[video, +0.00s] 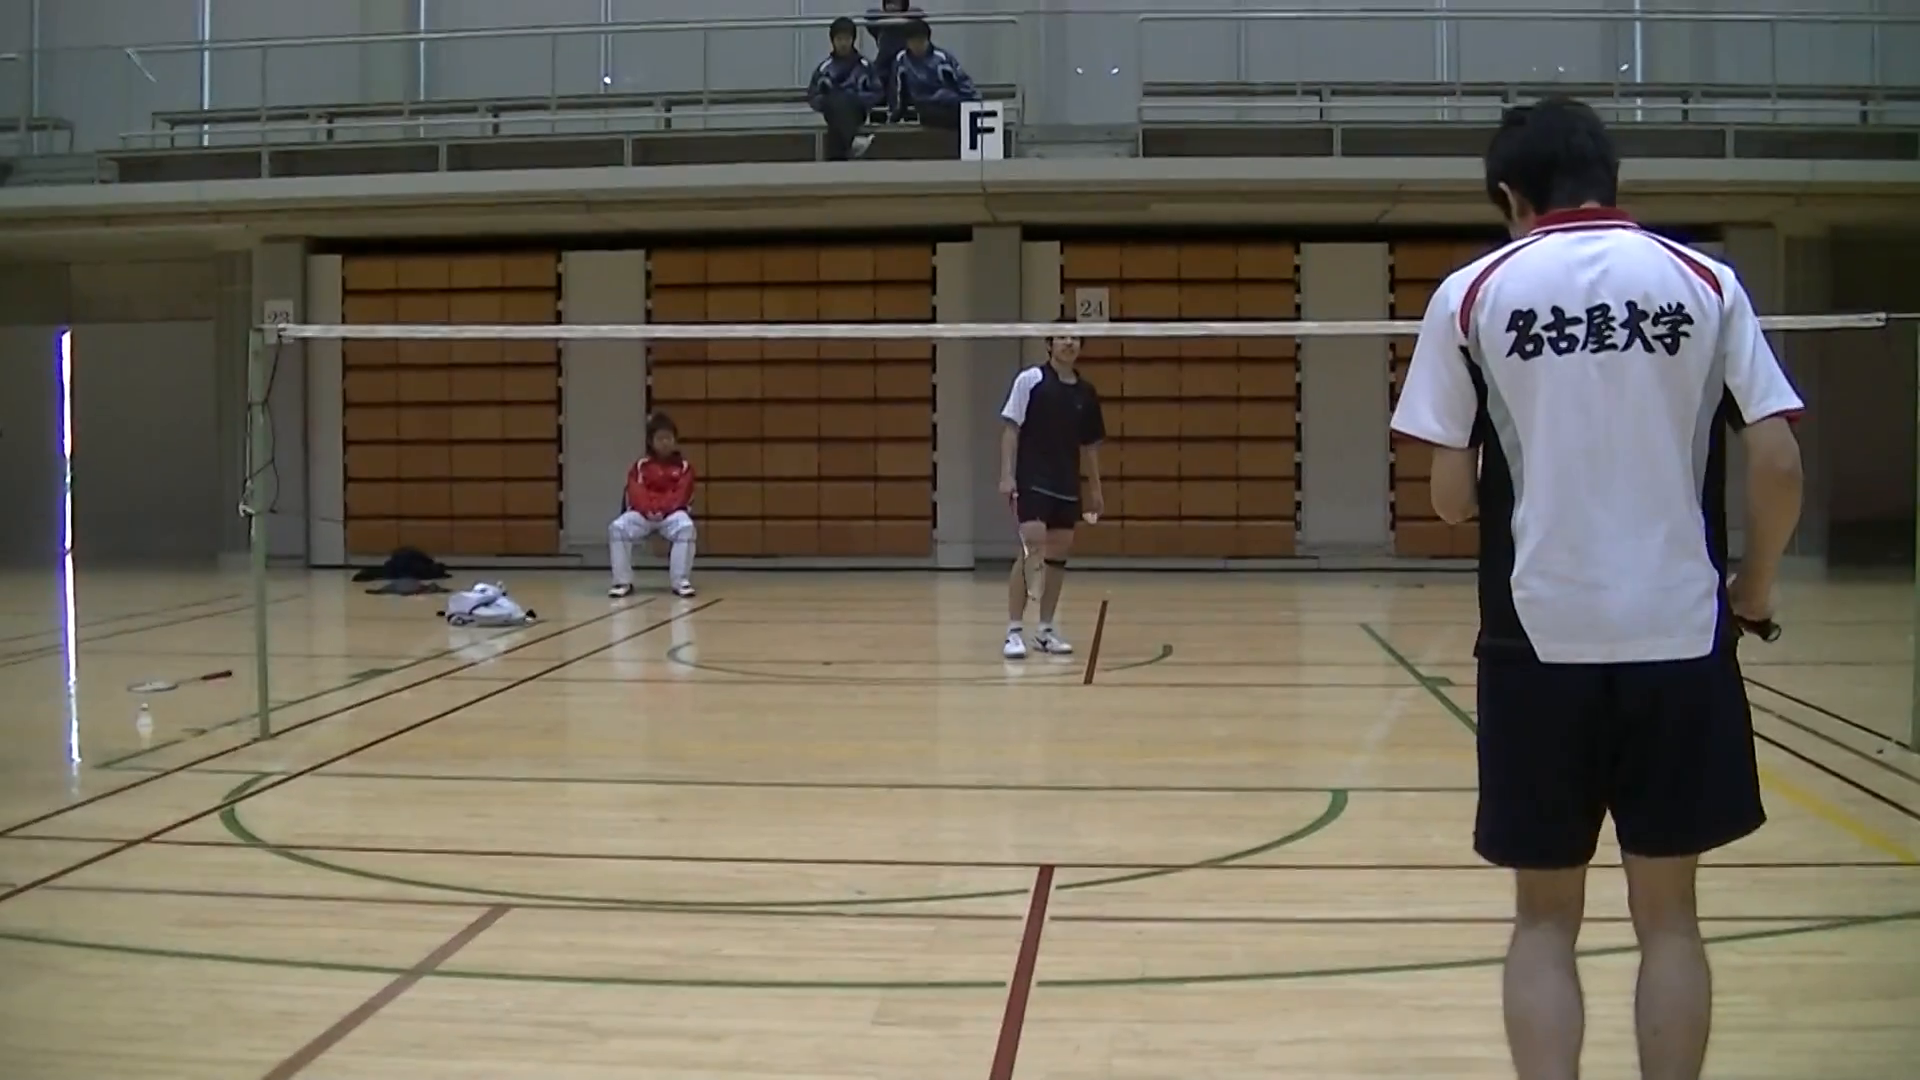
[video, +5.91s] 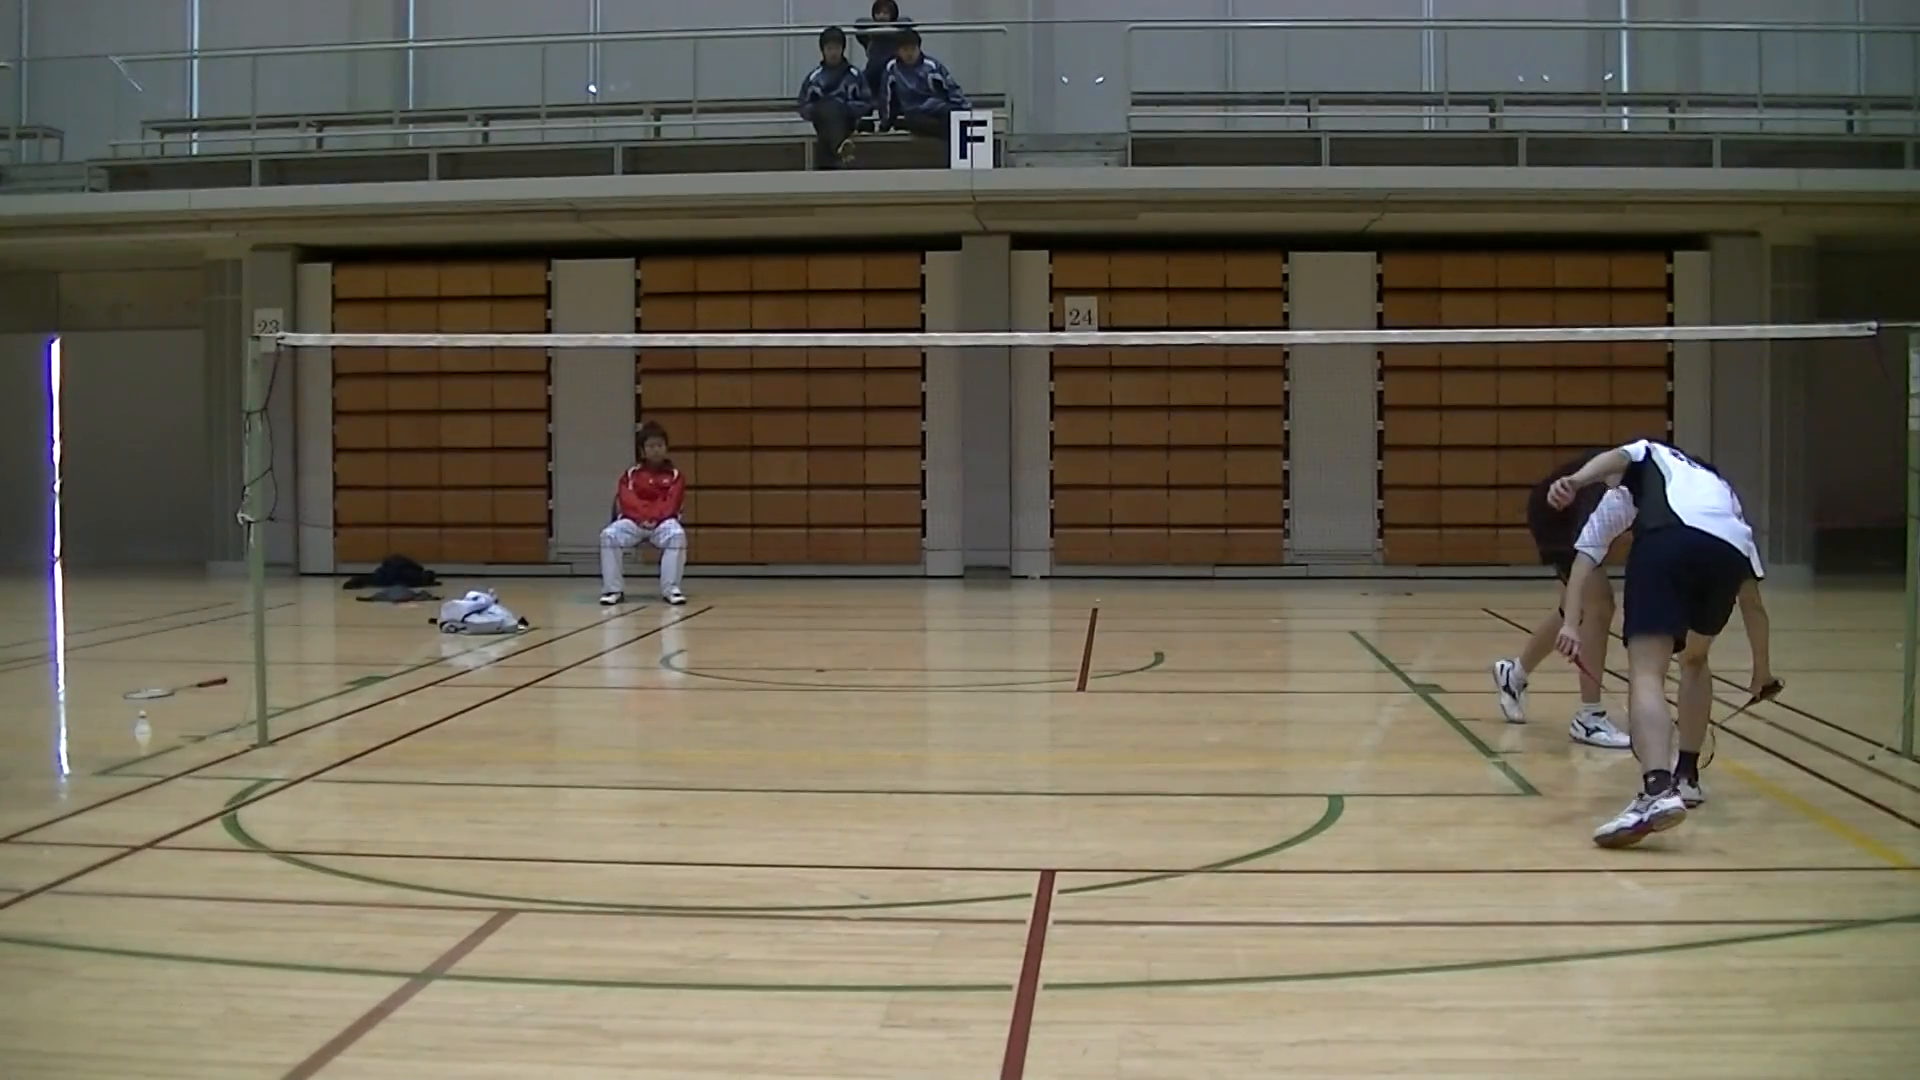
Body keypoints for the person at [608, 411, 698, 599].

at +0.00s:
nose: (665, 443)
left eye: (669, 438)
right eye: (660, 439)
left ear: (675, 440)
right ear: (650, 442)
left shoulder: (683, 467)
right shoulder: (641, 466)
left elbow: (681, 495)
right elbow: (635, 492)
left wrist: (663, 509)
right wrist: (646, 508)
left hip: (671, 513)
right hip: (643, 512)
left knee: (686, 529)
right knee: (618, 528)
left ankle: (680, 581)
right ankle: (622, 582)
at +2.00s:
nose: (658, 450)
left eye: (661, 445)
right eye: (652, 446)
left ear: (668, 447)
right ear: (644, 450)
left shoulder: (677, 475)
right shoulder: (633, 473)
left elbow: (674, 504)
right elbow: (628, 500)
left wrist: (656, 517)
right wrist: (644, 516)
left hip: (664, 520)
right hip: (635, 520)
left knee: (679, 535)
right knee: (610, 535)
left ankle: (673, 587)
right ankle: (615, 589)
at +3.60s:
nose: (664, 449)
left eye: (669, 444)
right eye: (659, 445)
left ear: (676, 447)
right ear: (651, 449)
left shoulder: (683, 475)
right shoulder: (640, 473)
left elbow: (680, 505)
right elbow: (635, 500)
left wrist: (660, 516)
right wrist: (652, 515)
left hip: (671, 519)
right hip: (643, 519)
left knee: (687, 534)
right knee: (618, 535)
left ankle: (682, 587)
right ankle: (622, 589)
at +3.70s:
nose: (697, 449)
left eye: (702, 444)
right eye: (692, 444)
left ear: (708, 447)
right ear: (683, 449)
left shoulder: (716, 475)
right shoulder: (673, 473)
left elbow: (713, 506)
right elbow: (668, 503)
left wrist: (691, 515)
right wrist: (684, 517)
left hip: (704, 520)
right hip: (676, 520)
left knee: (718, 534)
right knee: (651, 534)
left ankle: (714, 587)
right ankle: (654, 589)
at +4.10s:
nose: (674, 448)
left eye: (678, 443)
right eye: (668, 443)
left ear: (684, 445)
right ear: (659, 448)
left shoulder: (691, 473)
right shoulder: (648, 471)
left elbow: (689, 502)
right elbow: (643, 498)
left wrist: (671, 516)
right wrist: (661, 513)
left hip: (680, 518)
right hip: (651, 518)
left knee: (695, 534)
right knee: (627, 533)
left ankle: (688, 585)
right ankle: (631, 588)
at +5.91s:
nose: (656, 450)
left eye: (660, 445)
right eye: (650, 446)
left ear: (666, 448)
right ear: (642, 450)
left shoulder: (675, 476)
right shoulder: (631, 474)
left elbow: (671, 505)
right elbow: (626, 501)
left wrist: (654, 518)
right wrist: (643, 517)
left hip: (662, 521)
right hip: (633, 521)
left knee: (677, 536)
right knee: (609, 536)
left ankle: (671, 588)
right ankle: (613, 590)